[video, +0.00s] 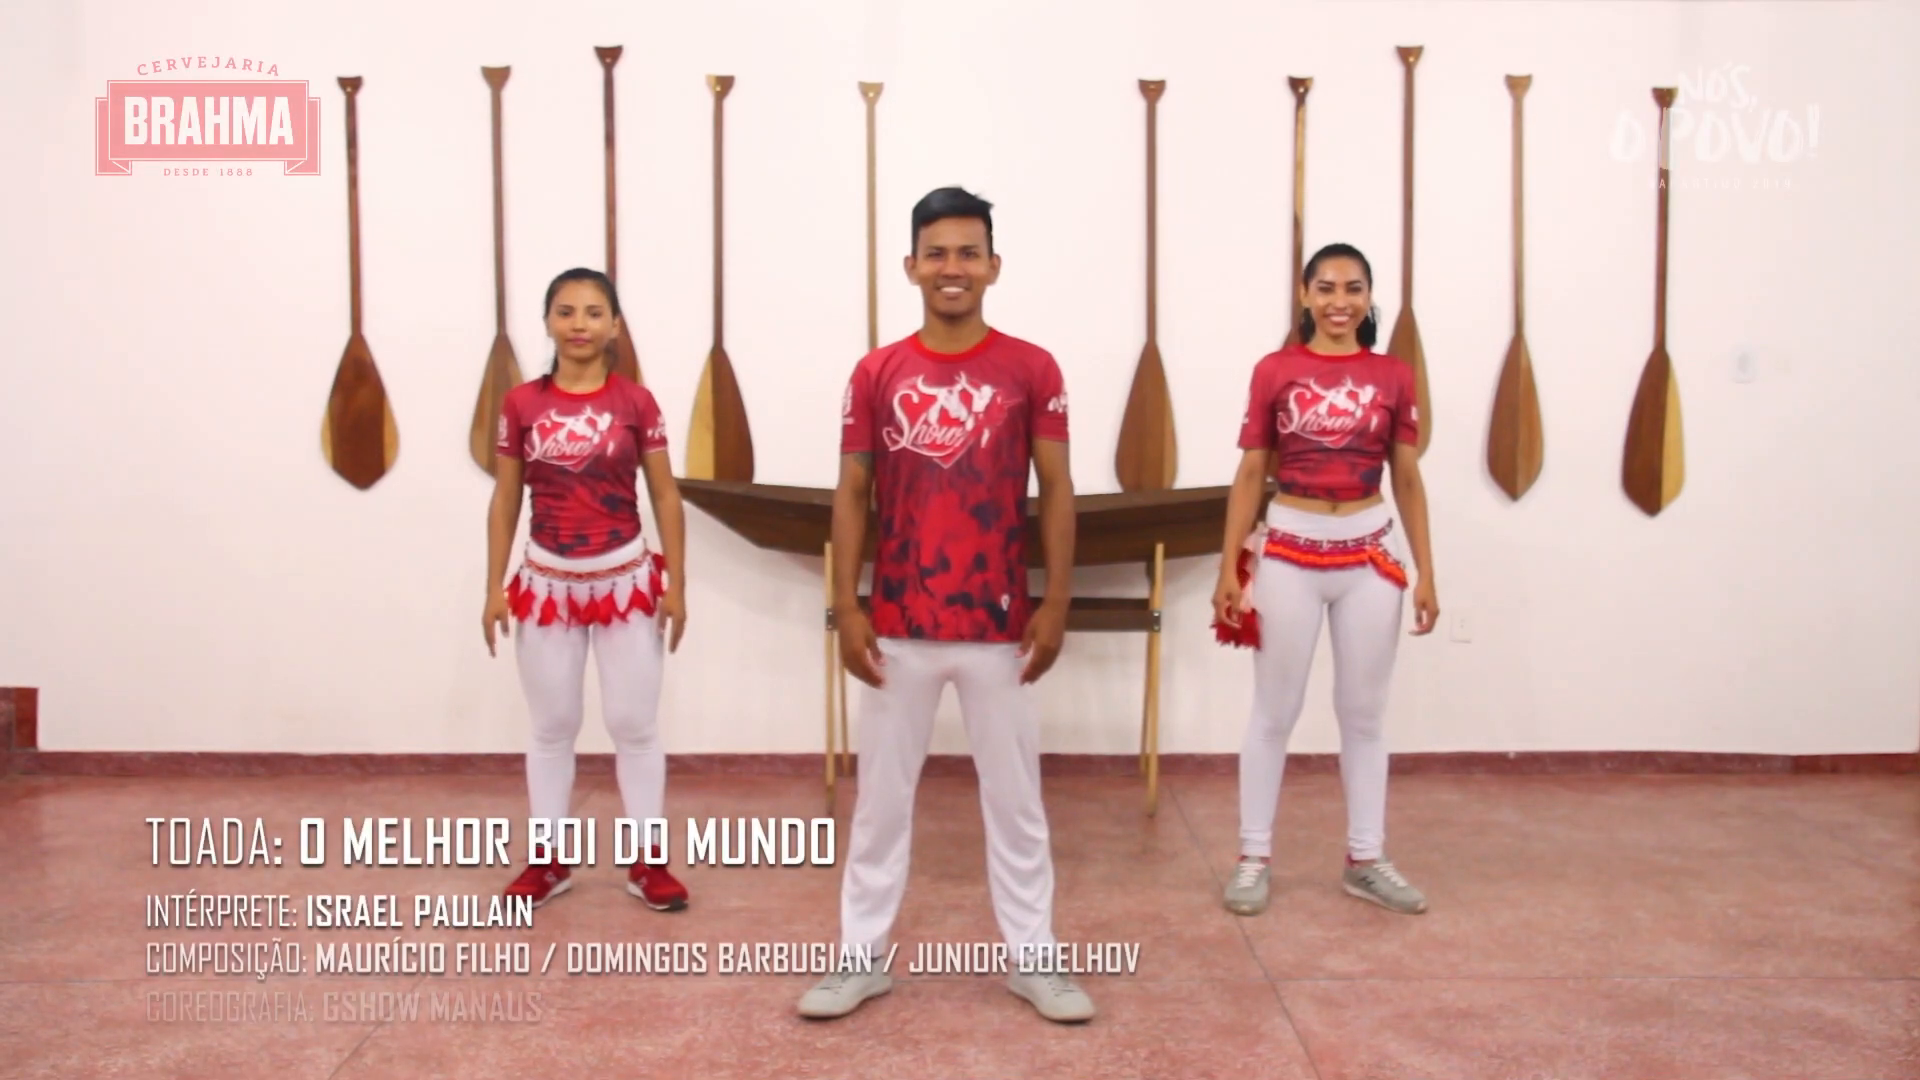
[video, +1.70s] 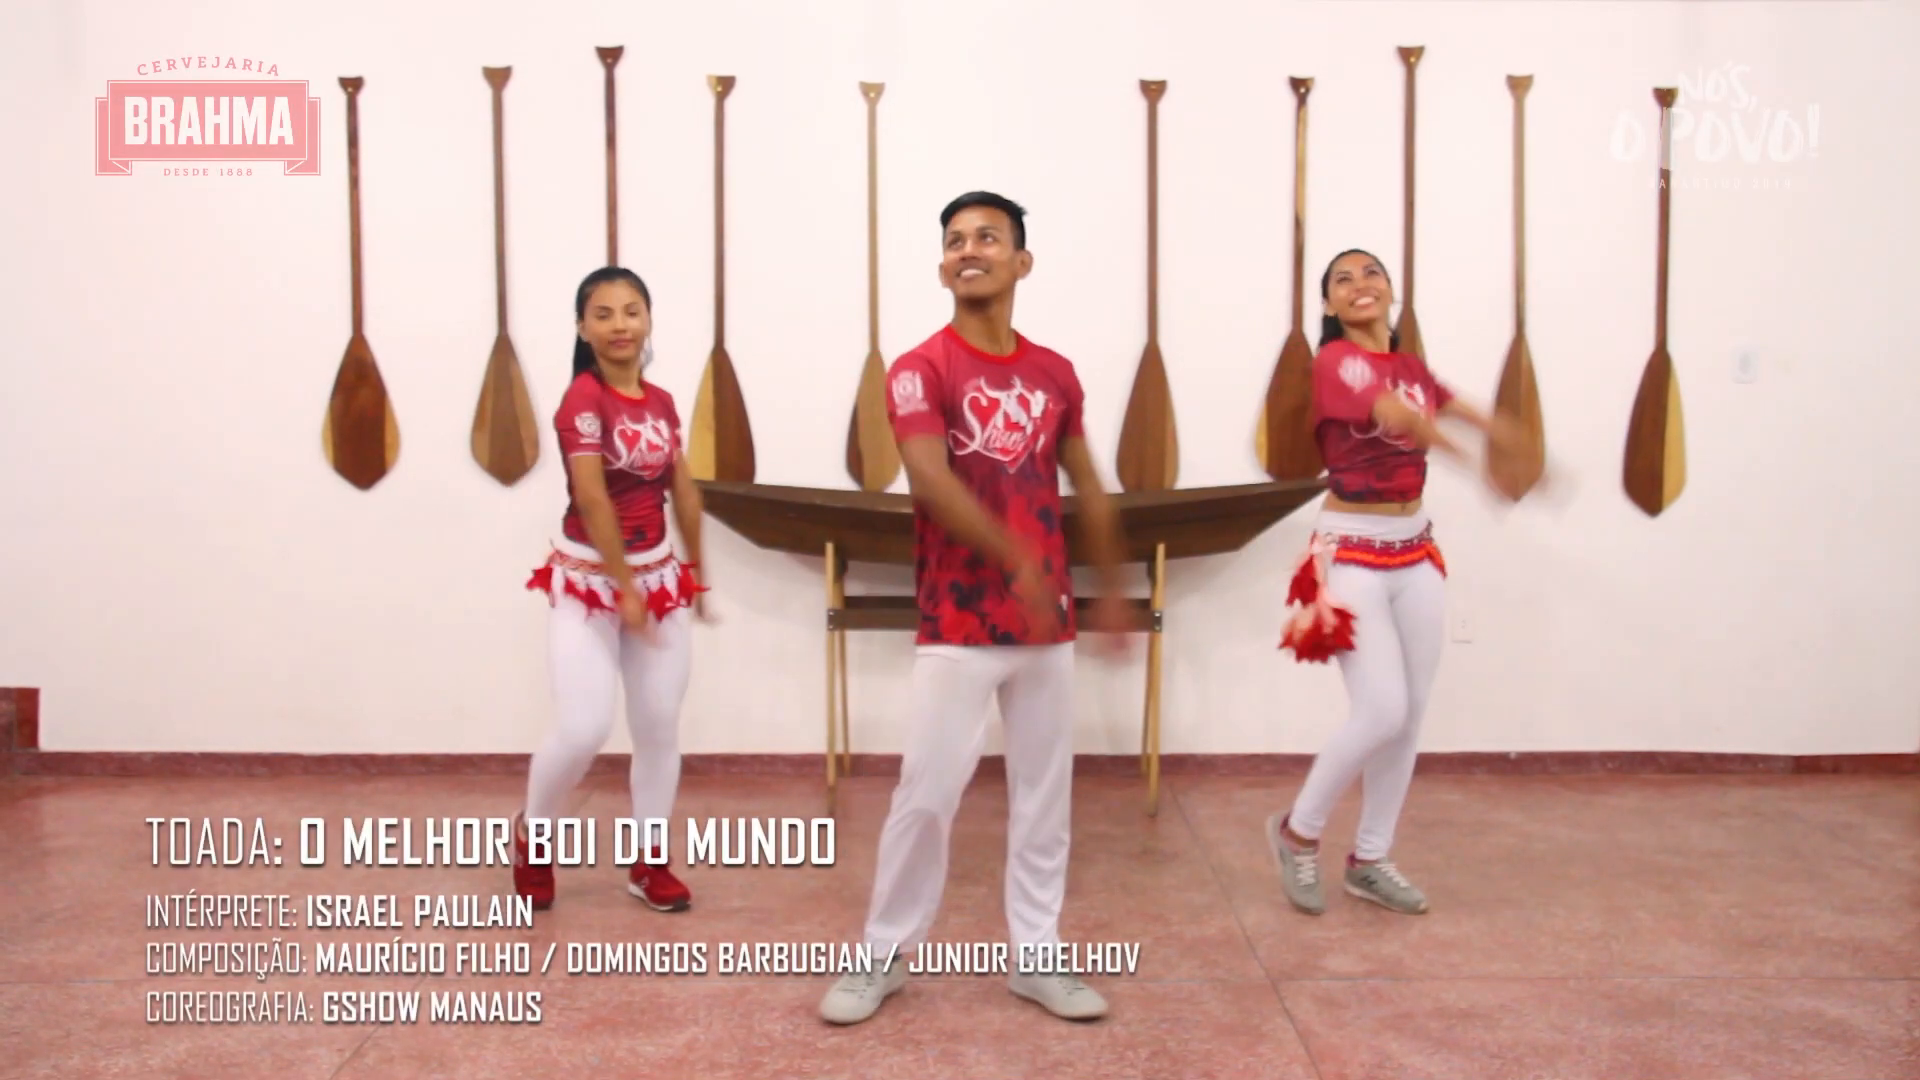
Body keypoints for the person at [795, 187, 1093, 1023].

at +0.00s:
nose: (953, 268)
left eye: (969, 253)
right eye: (937, 254)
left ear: (991, 264)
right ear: (913, 266)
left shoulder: (1031, 369)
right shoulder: (876, 374)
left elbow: (1057, 491)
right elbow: (851, 496)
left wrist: (1057, 601)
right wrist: (844, 604)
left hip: (997, 623)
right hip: (899, 622)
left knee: (1015, 800)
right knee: (881, 797)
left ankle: (1034, 955)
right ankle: (862, 954)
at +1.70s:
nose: (967, 250)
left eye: (986, 238)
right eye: (955, 240)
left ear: (1022, 262)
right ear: (941, 266)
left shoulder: (1054, 372)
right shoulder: (920, 367)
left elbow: (1087, 486)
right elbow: (930, 482)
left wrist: (1113, 587)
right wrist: (1020, 561)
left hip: (1043, 622)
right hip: (958, 624)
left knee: (1043, 799)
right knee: (927, 797)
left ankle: (1037, 954)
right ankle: (880, 951)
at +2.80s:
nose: (839, 249)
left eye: (862, 235)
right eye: (826, 234)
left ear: (895, 255)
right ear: (810, 250)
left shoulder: (918, 352)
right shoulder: (767, 346)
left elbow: (974, 259)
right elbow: (645, 338)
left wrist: (872, 182)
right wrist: (516, 316)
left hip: (866, 641)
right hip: (772, 639)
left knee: (861, 828)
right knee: (780, 837)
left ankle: (886, 992)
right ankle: (803, 1008)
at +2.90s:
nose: (837, 250)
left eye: (859, 236)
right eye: (823, 236)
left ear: (893, 256)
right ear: (805, 254)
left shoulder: (916, 351)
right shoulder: (766, 351)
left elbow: (966, 249)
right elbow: (643, 342)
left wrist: (860, 173)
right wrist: (514, 324)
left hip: (859, 640)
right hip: (765, 637)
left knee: (851, 830)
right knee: (774, 836)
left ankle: (871, 986)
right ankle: (802, 1007)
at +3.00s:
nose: (839, 251)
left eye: (859, 237)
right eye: (823, 235)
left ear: (888, 258)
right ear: (800, 254)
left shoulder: (910, 351)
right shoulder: (757, 352)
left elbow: (960, 243)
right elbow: (626, 324)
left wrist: (853, 157)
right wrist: (508, 299)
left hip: (860, 643)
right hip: (766, 641)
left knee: (854, 837)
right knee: (770, 838)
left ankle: (875, 985)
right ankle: (801, 1007)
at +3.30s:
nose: (841, 253)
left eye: (861, 237)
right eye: (824, 237)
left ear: (894, 256)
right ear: (799, 251)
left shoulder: (916, 354)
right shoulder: (764, 340)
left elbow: (965, 260)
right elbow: (675, 247)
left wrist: (945, 129)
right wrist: (607, 139)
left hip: (869, 658)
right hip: (767, 650)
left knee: (917, 860)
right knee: (778, 846)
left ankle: (963, 1064)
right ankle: (801, 1014)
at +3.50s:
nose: (881, 265)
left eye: (900, 249)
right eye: (863, 249)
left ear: (931, 266)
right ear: (837, 264)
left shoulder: (955, 372)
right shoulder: (805, 358)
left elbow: (1019, 287)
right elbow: (727, 241)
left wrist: (1048, 172)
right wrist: (706, 102)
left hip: (910, 681)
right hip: (802, 669)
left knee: (953, 894)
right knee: (790, 855)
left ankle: (993, 1069)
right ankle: (801, 1011)